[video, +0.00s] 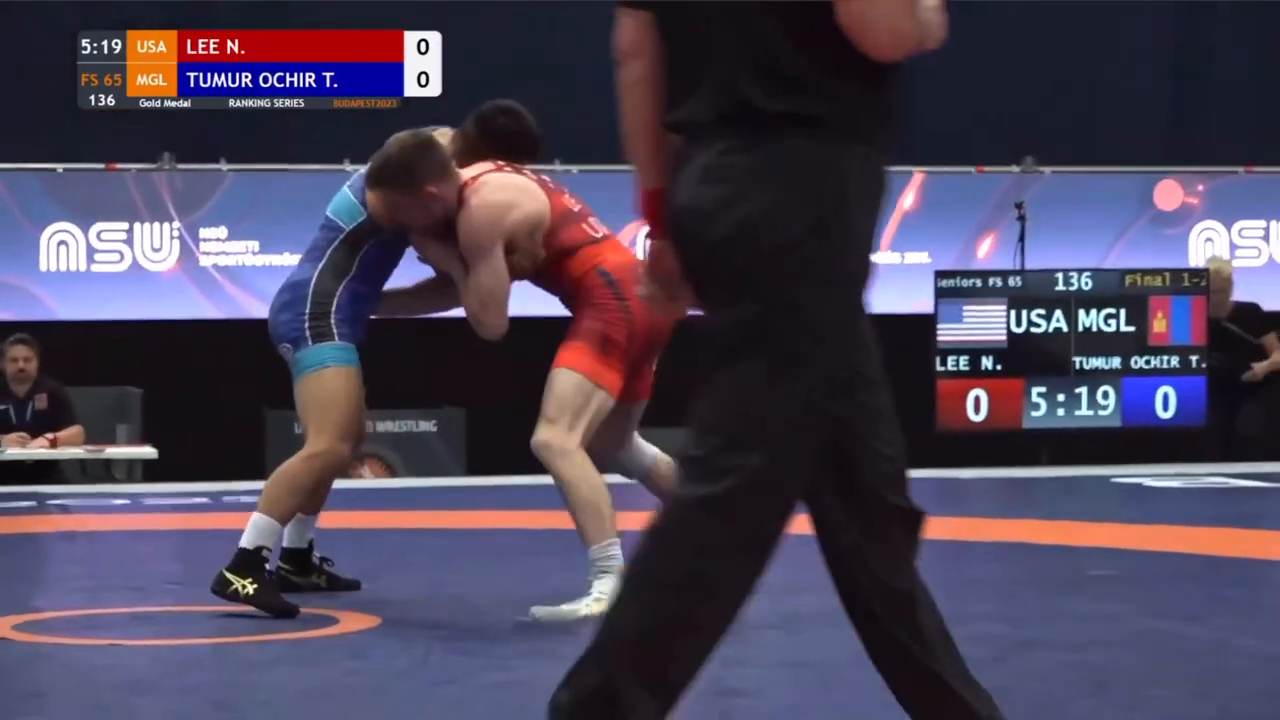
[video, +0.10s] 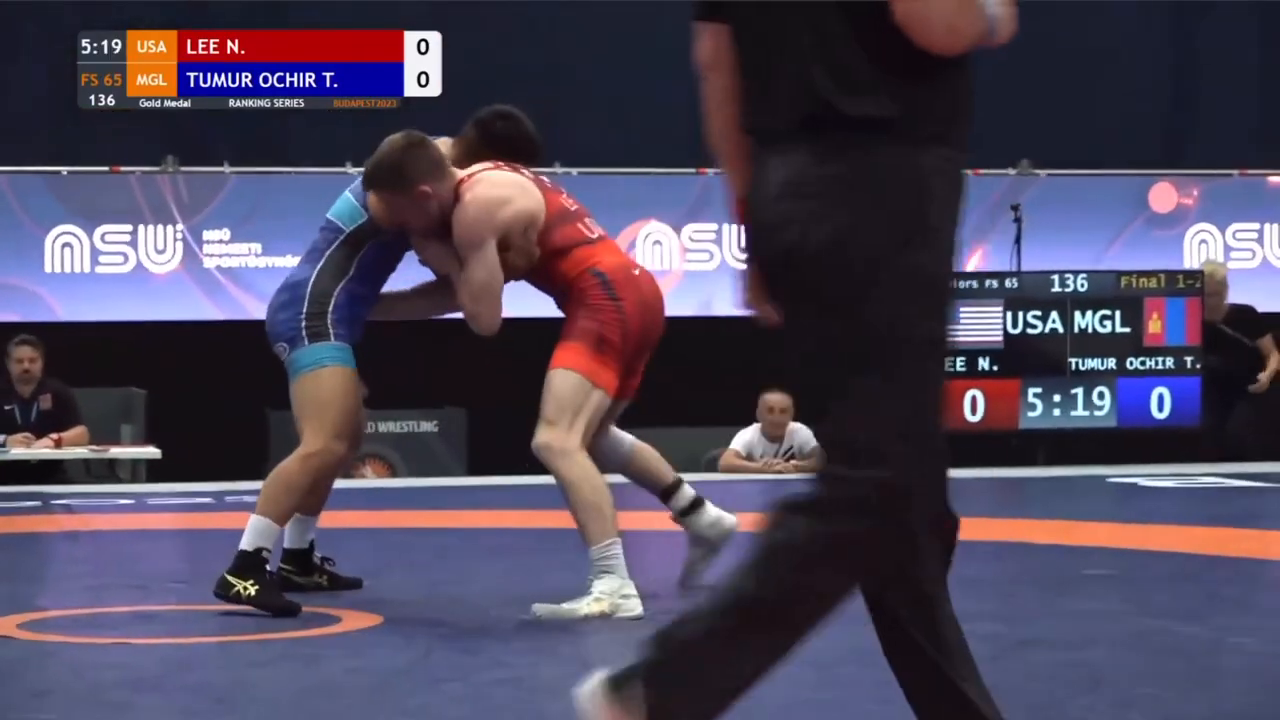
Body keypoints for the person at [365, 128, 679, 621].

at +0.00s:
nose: (404, 230)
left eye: (403, 221)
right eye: (396, 223)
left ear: (433, 194)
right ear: (438, 183)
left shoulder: (482, 210)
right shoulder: (482, 185)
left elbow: (491, 324)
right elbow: (457, 287)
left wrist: (442, 255)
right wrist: (372, 304)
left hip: (617, 300)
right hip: (639, 291)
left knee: (555, 441)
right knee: (612, 446)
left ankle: (610, 583)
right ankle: (712, 513)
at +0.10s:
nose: (395, 227)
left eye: (395, 218)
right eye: (388, 220)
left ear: (426, 194)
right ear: (434, 180)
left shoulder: (475, 210)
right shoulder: (481, 183)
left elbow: (485, 320)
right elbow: (453, 291)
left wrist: (446, 263)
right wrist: (362, 308)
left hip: (609, 298)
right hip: (634, 291)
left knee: (556, 442)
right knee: (590, 435)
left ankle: (613, 585)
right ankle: (706, 522)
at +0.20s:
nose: (398, 221)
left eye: (396, 213)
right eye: (389, 214)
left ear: (423, 192)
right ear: (434, 174)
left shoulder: (469, 219)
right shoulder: (498, 168)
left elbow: (462, 328)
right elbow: (443, 273)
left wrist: (435, 252)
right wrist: (371, 295)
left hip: (582, 312)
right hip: (616, 303)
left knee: (527, 466)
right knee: (559, 424)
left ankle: (608, 584)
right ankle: (632, 518)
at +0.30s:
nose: (402, 211)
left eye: (399, 203)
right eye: (398, 202)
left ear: (419, 193)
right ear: (440, 165)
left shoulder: (457, 234)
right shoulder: (502, 180)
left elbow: (427, 339)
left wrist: (428, 258)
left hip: (546, 345)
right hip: (585, 337)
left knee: (507, 493)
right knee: (486, 388)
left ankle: (606, 585)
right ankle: (498, 536)